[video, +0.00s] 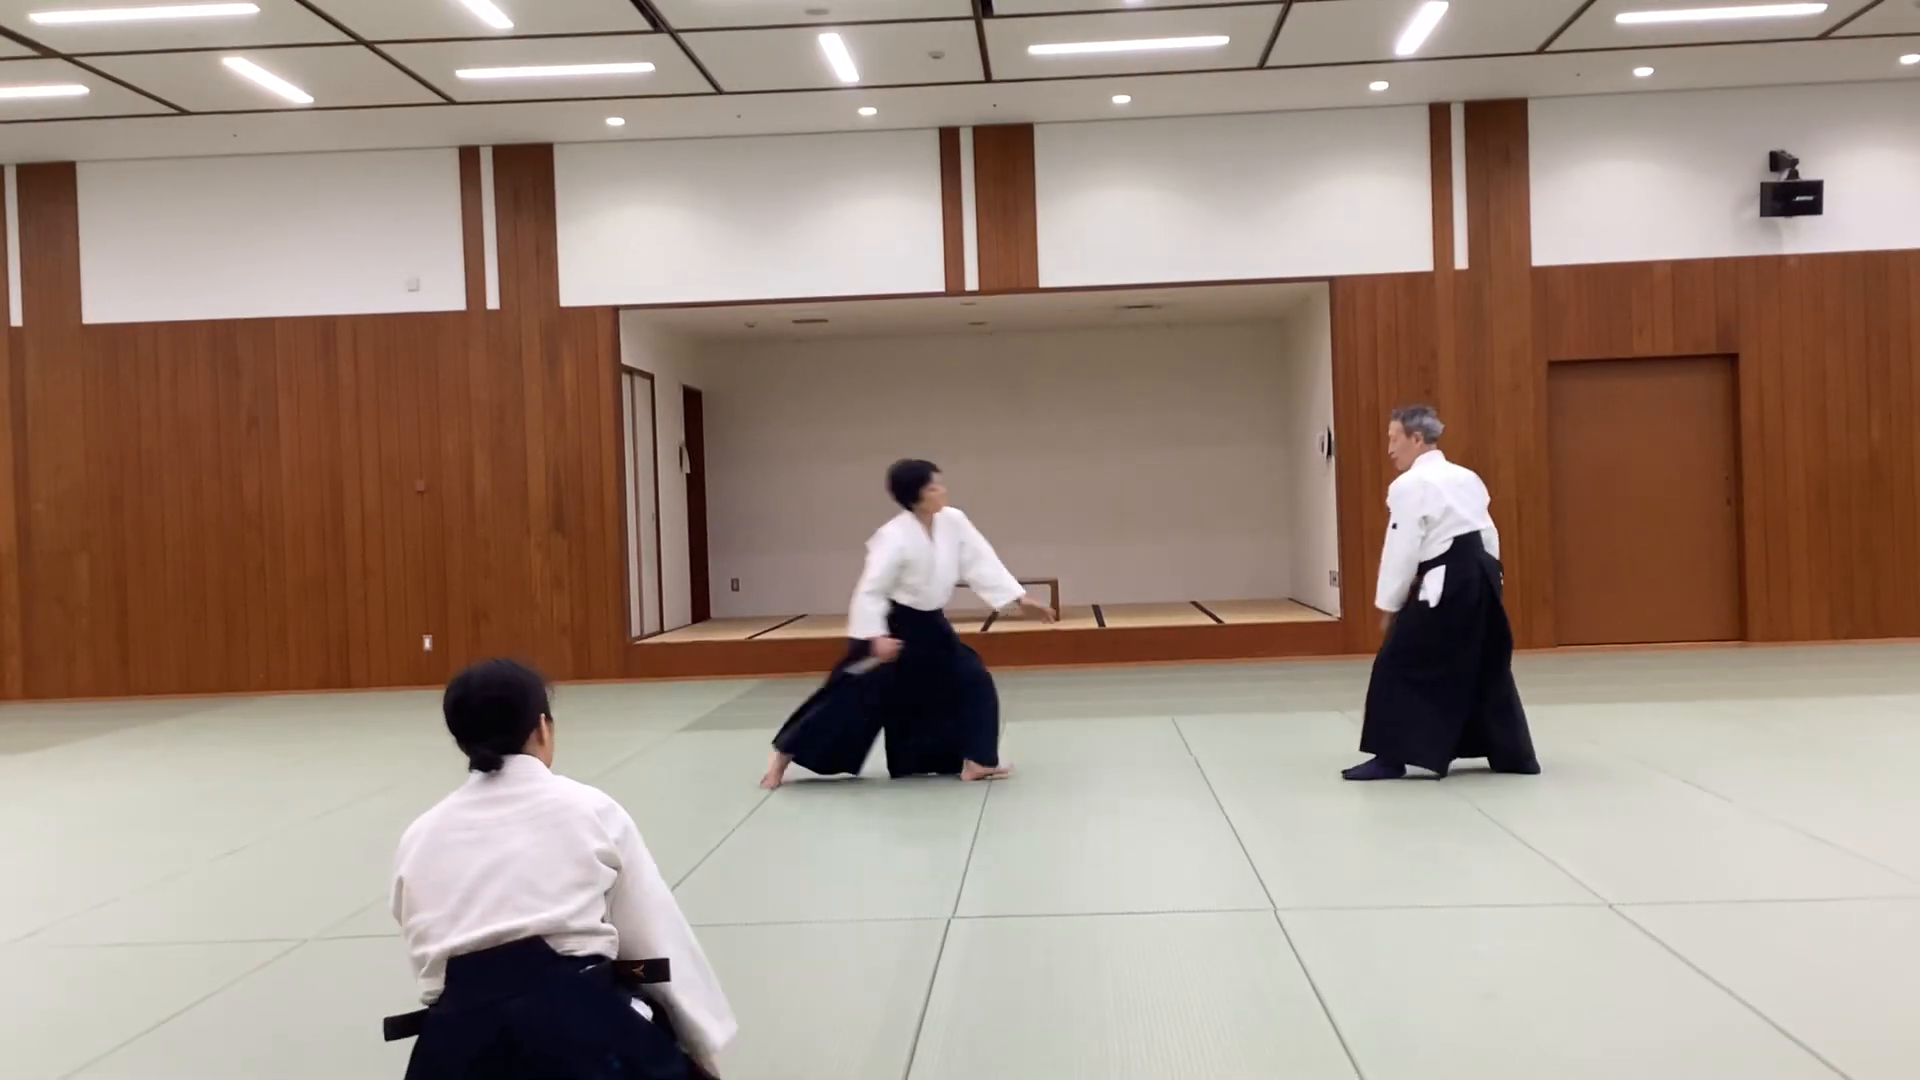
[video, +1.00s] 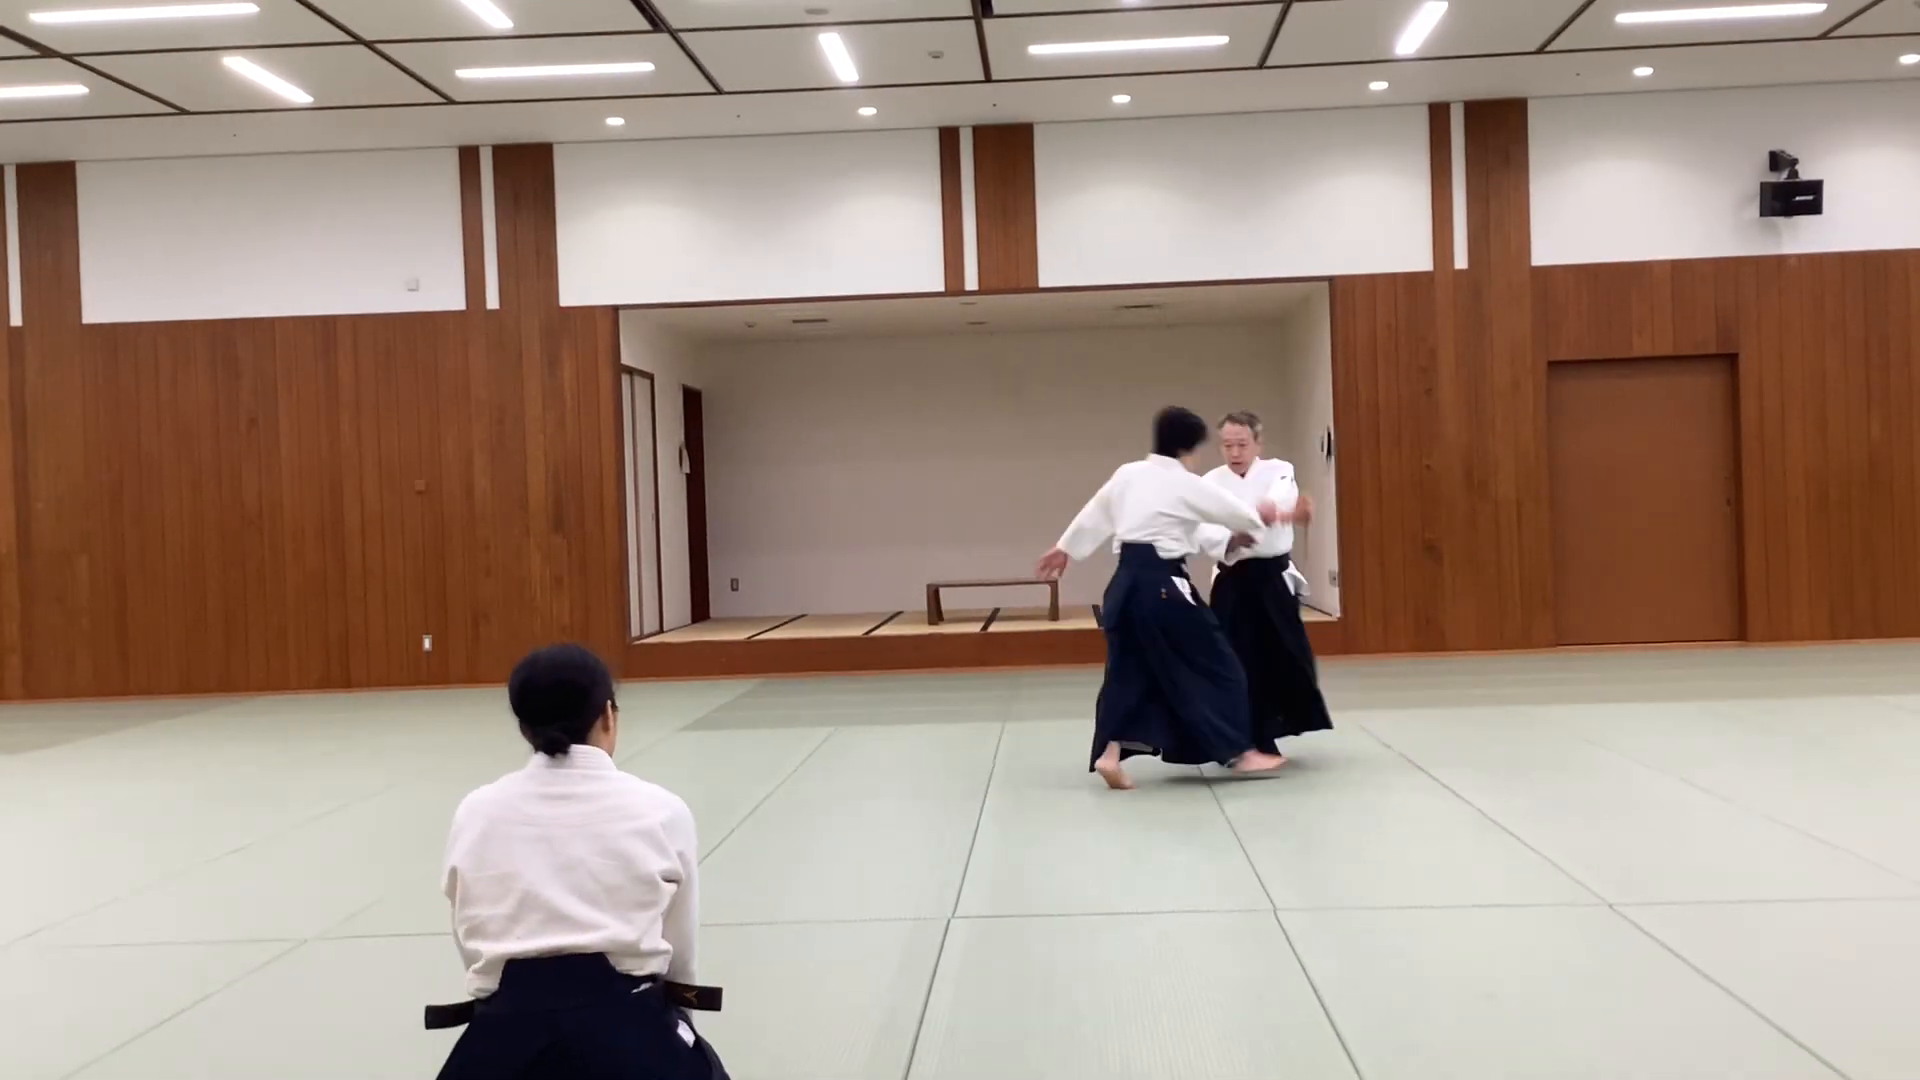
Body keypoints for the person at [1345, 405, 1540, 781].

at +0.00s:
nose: (1389, 448)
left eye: (1394, 439)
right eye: (1388, 439)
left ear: (1417, 439)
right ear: (1426, 440)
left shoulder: (1409, 485)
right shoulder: (1468, 477)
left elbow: (1401, 552)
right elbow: (1488, 534)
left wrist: (1388, 604)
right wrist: (1490, 576)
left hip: (1445, 581)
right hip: (1484, 577)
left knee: (1394, 663)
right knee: (1488, 663)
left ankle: (1388, 758)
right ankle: (1516, 754)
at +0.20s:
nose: (1360, 455)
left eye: (1363, 446)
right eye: (1359, 447)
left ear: (1386, 445)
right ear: (1397, 446)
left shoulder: (1377, 489)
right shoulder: (1433, 478)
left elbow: (1351, 543)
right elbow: (1463, 515)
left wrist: (1316, 574)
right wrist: (1434, 549)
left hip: (1415, 587)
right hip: (1451, 582)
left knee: (1366, 666)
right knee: (1469, 666)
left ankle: (1372, 761)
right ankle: (1516, 752)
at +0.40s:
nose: (1321, 451)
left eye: (1326, 444)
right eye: (1322, 444)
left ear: (1351, 444)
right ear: (1353, 446)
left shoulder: (1356, 473)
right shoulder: (1370, 468)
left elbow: (1299, 483)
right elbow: (1308, 478)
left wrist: (1241, 481)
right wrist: (1256, 477)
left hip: (1377, 581)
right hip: (1392, 576)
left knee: (1358, 670)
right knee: (1397, 664)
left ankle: (1375, 762)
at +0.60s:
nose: (1286, 447)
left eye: (1293, 440)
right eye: (1286, 441)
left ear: (1319, 441)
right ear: (1312, 441)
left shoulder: (1327, 467)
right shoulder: (1303, 490)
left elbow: (1262, 453)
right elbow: (1261, 497)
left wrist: (1204, 433)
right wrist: (1221, 460)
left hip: (1349, 582)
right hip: (1322, 584)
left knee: (1358, 670)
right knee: (1280, 653)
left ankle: (1372, 761)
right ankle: (1270, 736)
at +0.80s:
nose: (1259, 437)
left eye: (1267, 431)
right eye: (1254, 433)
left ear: (1284, 437)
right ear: (1250, 440)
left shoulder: (1307, 465)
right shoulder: (1243, 476)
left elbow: (1271, 453)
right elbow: (1215, 523)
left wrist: (1239, 425)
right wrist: (1218, 486)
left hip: (1311, 572)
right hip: (1270, 575)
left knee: (1325, 657)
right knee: (1256, 660)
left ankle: (1338, 744)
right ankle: (1268, 747)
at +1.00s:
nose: (1234, 451)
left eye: (1241, 443)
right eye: (1227, 444)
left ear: (1257, 443)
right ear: (1221, 445)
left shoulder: (1279, 471)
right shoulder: (1210, 482)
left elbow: (1281, 504)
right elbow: (1196, 532)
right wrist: (1228, 538)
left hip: (1271, 577)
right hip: (1230, 579)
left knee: (1267, 659)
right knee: (1236, 660)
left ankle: (1262, 741)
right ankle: (1241, 744)